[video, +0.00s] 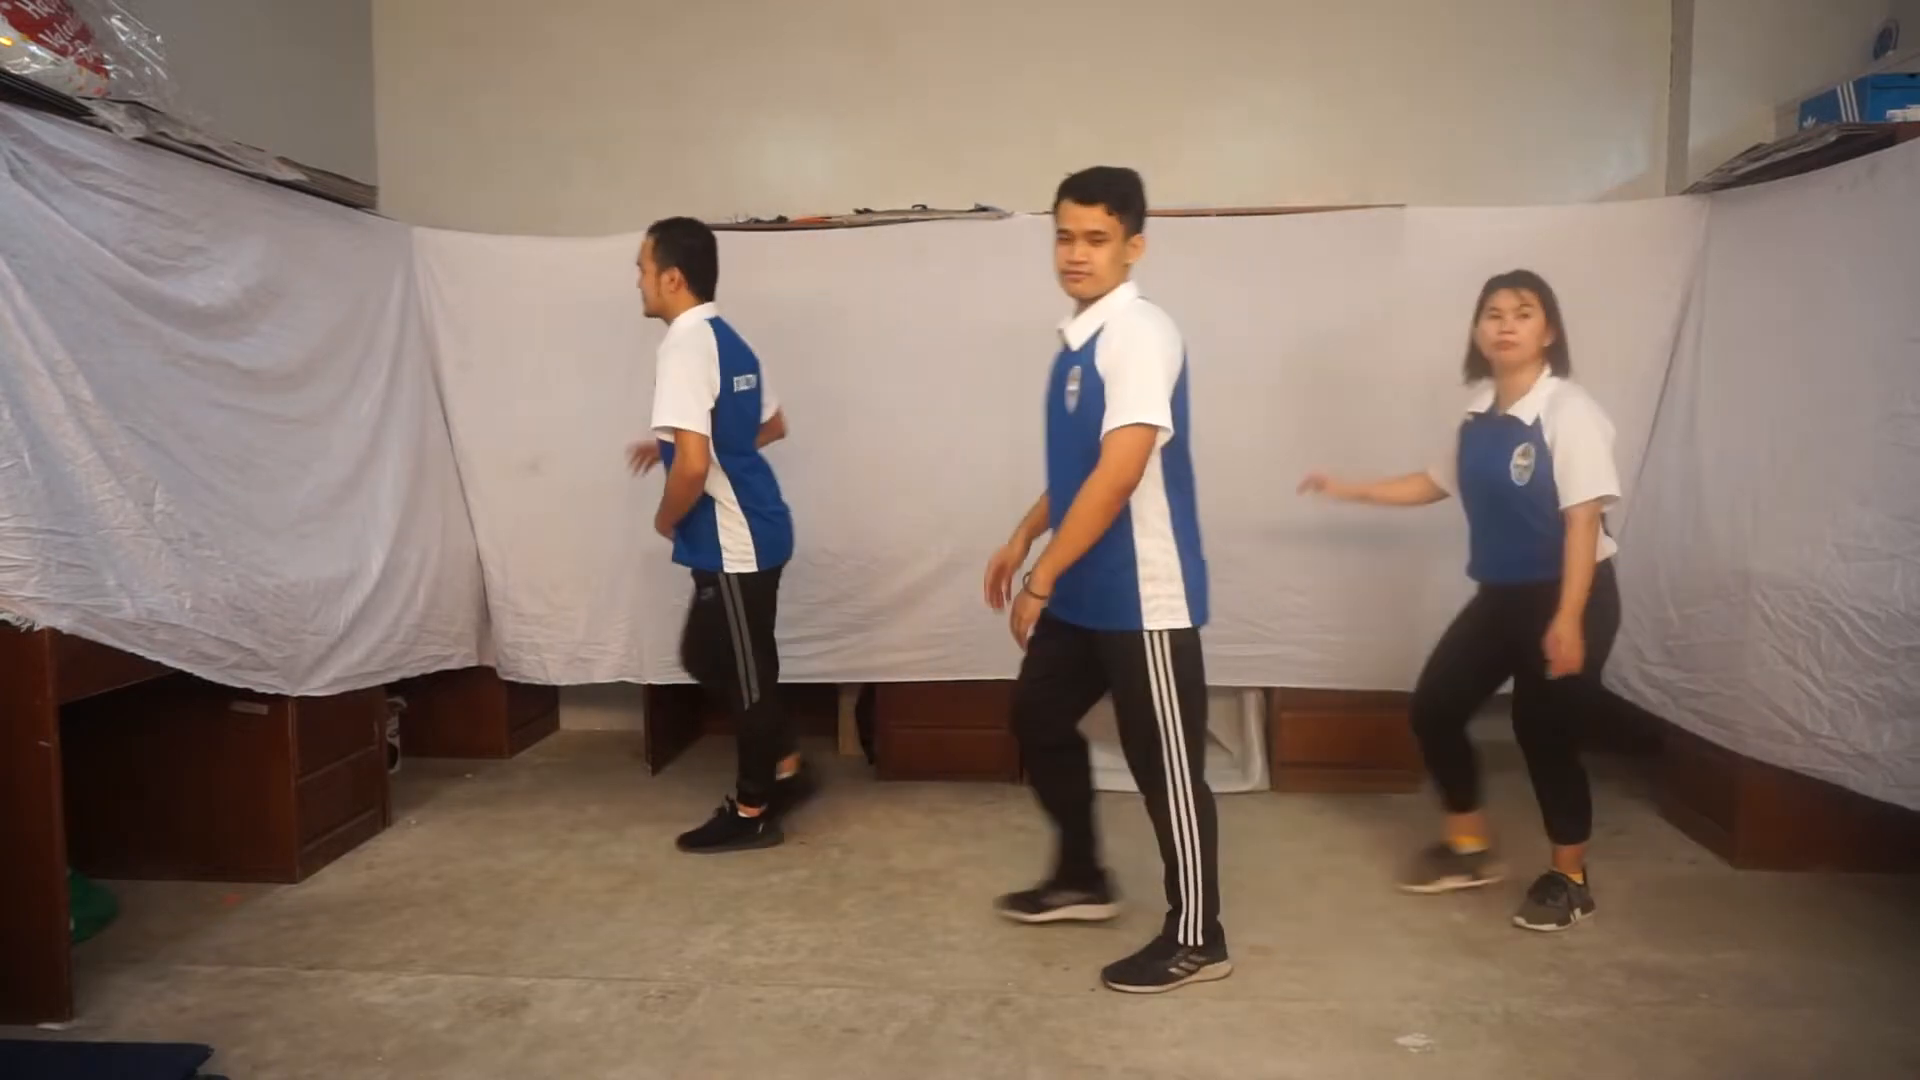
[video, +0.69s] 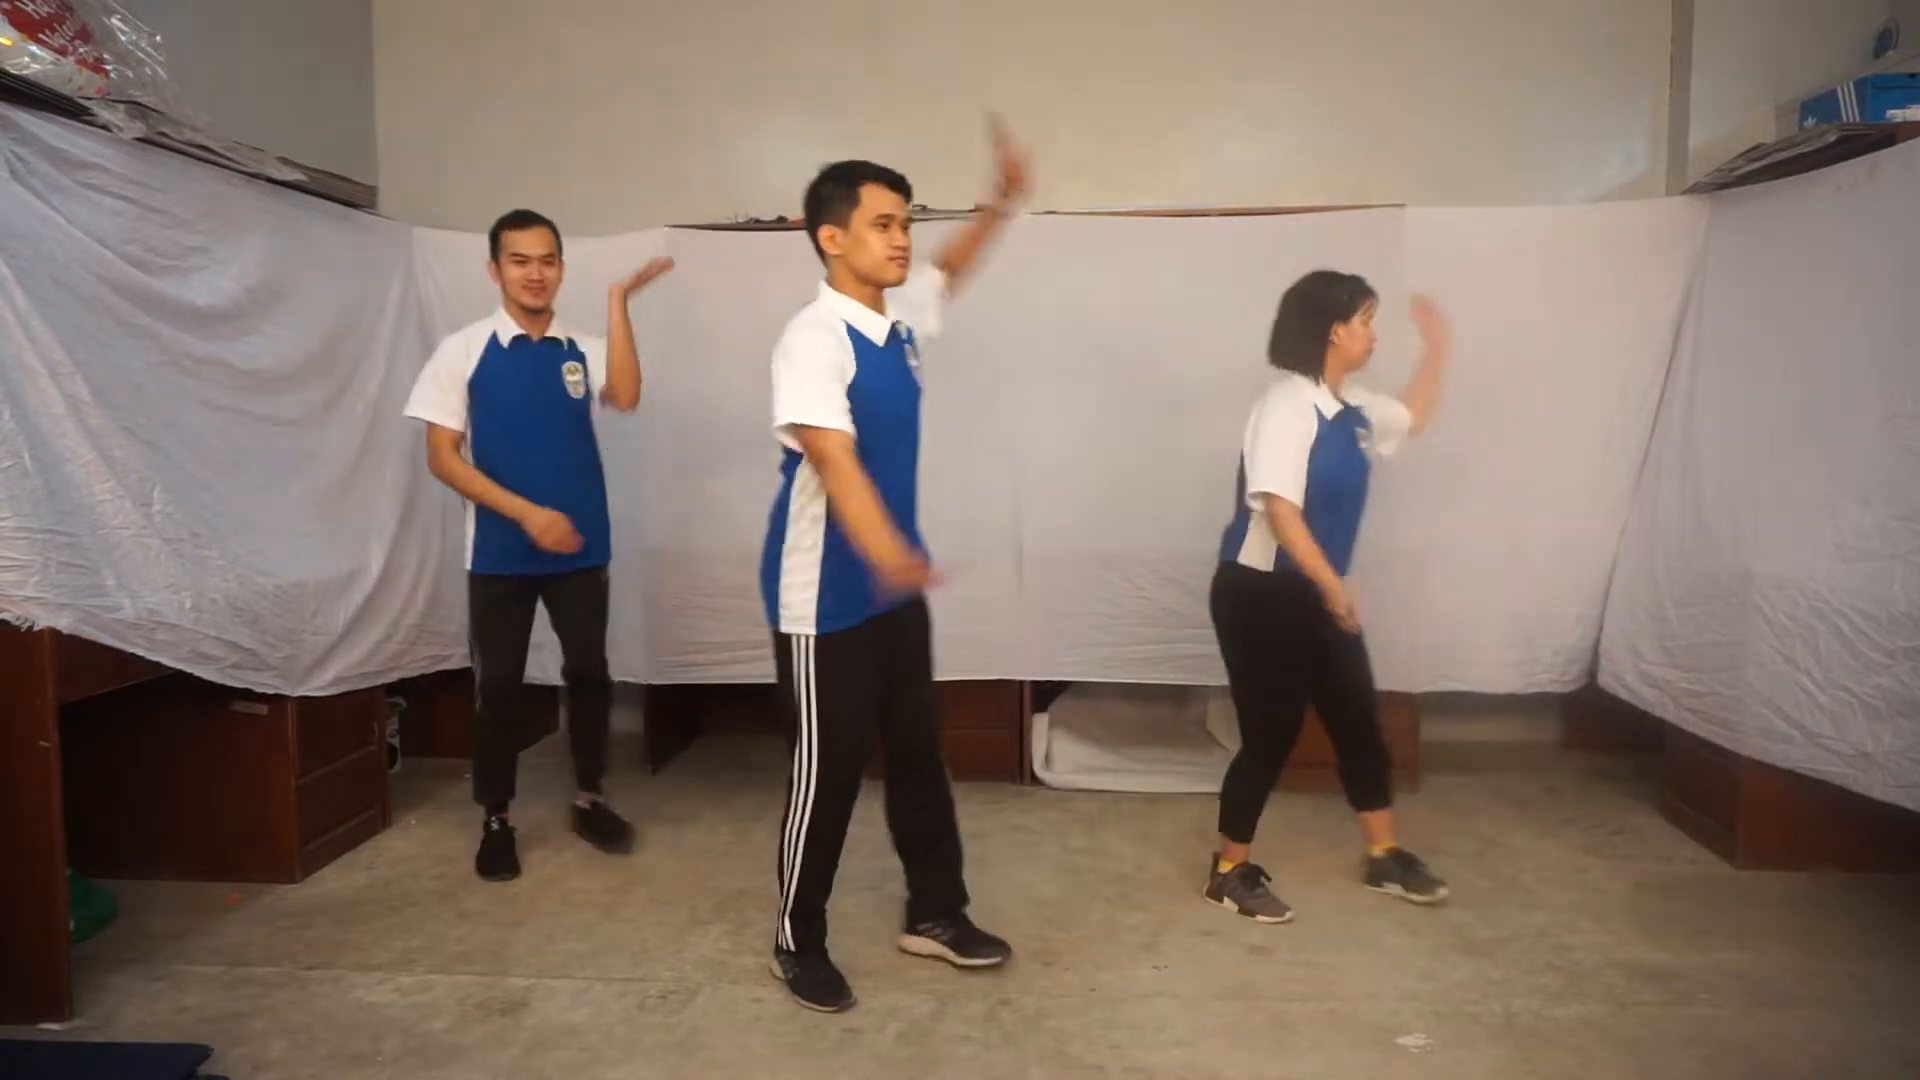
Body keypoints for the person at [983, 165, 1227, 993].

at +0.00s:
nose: (1074, 253)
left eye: (1095, 239)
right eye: (1065, 238)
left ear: (1133, 245)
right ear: (1054, 242)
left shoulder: (1140, 333)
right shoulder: (1082, 334)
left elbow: (1120, 475)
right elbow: (1079, 469)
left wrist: (1045, 577)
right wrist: (1021, 537)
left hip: (1149, 599)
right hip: (1087, 594)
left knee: (1168, 769)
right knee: (1040, 720)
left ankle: (1196, 935)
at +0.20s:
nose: (1017, 254)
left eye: (1035, 241)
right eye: (1002, 238)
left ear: (1059, 253)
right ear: (980, 249)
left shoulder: (1086, 346)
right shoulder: (960, 355)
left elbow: (1131, 472)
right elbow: (953, 467)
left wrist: (1062, 592)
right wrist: (929, 569)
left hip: (1054, 606)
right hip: (977, 604)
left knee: (1045, 763)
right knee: (992, 749)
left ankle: (1104, 905)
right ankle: (1032, 881)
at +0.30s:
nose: (996, 252)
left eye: (1012, 238)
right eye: (979, 237)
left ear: (1029, 249)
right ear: (951, 249)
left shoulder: (1069, 346)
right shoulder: (917, 355)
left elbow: (1135, 464)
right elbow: (882, 465)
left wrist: (1082, 581)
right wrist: (845, 570)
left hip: (1027, 604)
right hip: (939, 600)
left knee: (1001, 772)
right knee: (936, 740)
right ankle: (1016, 849)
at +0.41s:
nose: (975, 252)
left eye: (986, 237)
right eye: (956, 237)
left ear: (998, 250)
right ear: (917, 252)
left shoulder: (1038, 353)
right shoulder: (874, 361)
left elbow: (1115, 446)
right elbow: (812, 466)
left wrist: (1091, 561)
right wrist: (742, 567)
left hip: (1003, 607)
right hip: (901, 607)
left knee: (985, 767)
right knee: (868, 749)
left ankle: (954, 914)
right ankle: (928, 847)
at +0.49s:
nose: (954, 249)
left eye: (962, 236)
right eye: (935, 235)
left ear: (971, 249)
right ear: (890, 250)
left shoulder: (1004, 347)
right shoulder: (844, 355)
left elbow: (1078, 425)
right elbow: (777, 462)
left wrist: (1096, 505)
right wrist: (696, 566)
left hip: (984, 598)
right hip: (883, 601)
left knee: (976, 765)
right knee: (863, 759)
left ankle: (954, 915)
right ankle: (848, 890)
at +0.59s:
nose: (928, 245)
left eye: (933, 231)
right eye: (909, 230)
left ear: (935, 243)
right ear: (858, 241)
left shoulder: (954, 335)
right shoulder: (826, 346)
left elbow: (1028, 366)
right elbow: (786, 461)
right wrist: (735, 564)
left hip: (949, 597)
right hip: (861, 607)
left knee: (957, 762)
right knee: (850, 770)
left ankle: (951, 919)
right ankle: (800, 937)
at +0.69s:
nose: (903, 240)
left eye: (906, 225)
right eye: (884, 225)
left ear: (905, 238)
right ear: (830, 240)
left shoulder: (901, 312)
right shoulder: (813, 337)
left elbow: (949, 265)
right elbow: (833, 460)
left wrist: (1002, 200)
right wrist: (889, 549)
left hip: (894, 575)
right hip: (823, 587)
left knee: (915, 750)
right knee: (828, 763)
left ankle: (936, 913)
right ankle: (799, 937)